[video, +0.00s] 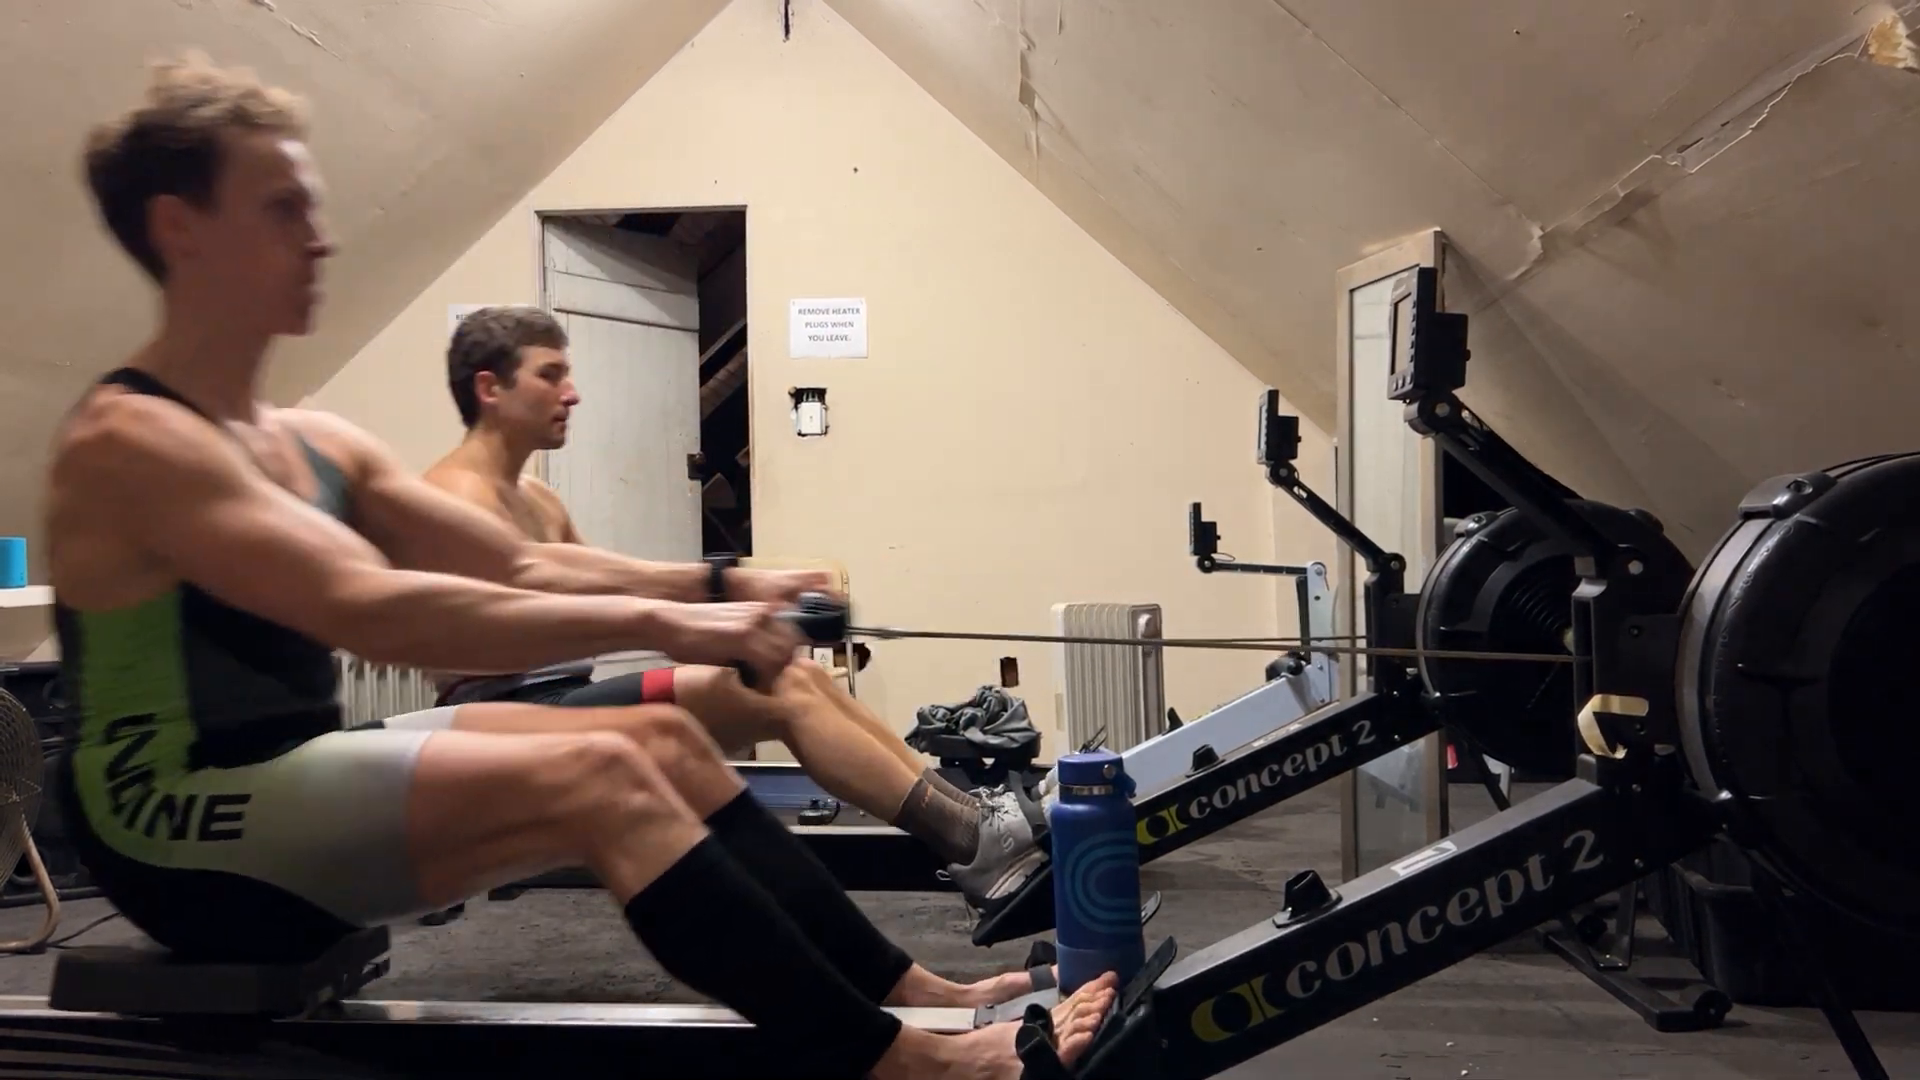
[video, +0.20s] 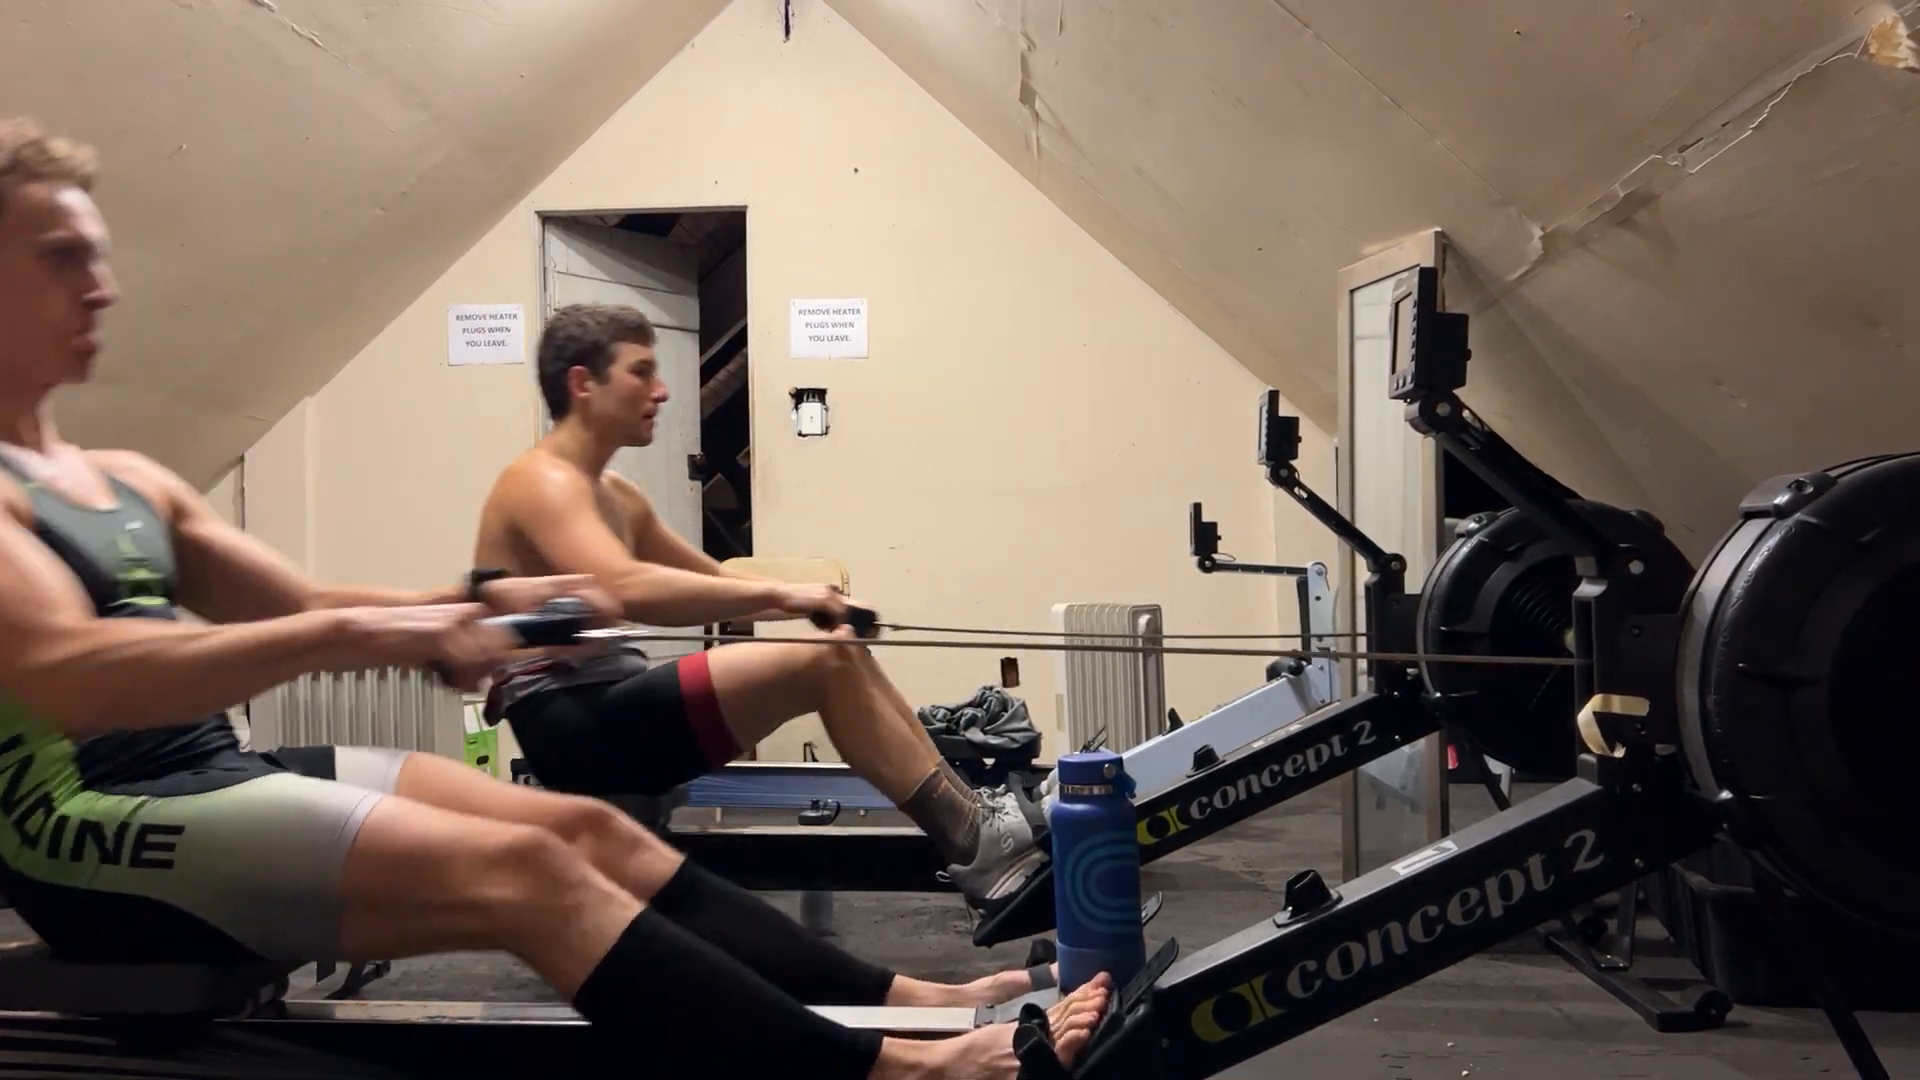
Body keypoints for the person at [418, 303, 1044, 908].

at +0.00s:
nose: (569, 393)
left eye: (566, 376)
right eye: (550, 377)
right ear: (488, 388)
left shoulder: (541, 504)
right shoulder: (456, 495)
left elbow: (619, 590)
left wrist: (746, 594)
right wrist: (719, 604)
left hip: (560, 690)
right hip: (505, 709)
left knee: (802, 671)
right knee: (781, 687)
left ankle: (978, 825)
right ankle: (972, 848)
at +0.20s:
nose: (659, 391)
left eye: (655, 374)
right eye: (641, 374)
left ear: (597, 387)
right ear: (581, 385)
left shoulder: (619, 498)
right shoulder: (539, 483)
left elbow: (712, 579)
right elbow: (622, 589)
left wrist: (810, 595)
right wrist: (785, 598)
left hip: (617, 706)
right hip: (572, 720)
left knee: (842, 650)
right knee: (827, 660)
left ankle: (975, 828)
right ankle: (968, 847)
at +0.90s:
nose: (993, 401)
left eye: (987, 382)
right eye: (976, 383)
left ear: (927, 398)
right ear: (923, 395)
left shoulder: (887, 476)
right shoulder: (896, 481)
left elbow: (1041, 562)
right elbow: (1042, 559)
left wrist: (1180, 606)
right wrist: (1190, 596)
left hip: (806, 722)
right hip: (806, 733)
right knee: (1003, 583)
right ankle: (976, 817)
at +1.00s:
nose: (1019, 402)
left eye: (1012, 383)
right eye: (1002, 384)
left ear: (952, 400)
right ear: (948, 397)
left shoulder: (916, 476)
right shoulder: (925, 482)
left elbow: (1076, 553)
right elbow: (1075, 558)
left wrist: (1211, 600)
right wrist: (1223, 592)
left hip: (834, 717)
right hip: (833, 730)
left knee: (1015, 588)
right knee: (1014, 584)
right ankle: (979, 819)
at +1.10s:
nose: (1024, 400)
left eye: (1016, 382)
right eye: (1007, 383)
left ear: (953, 402)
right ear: (952, 399)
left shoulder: (927, 476)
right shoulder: (930, 482)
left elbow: (1086, 557)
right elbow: (1084, 554)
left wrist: (1219, 595)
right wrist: (1233, 585)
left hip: (851, 726)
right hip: (849, 735)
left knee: (1012, 576)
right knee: (1026, 587)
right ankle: (980, 821)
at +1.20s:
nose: (999, 398)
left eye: (991, 381)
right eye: (982, 382)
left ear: (926, 398)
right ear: (928, 395)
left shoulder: (901, 475)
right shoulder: (911, 481)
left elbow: (1065, 553)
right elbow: (1064, 547)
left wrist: (1199, 585)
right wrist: (1213, 573)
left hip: (826, 726)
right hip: (832, 735)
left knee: (995, 579)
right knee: (1011, 589)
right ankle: (980, 822)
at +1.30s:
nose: (942, 391)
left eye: (933, 374)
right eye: (923, 376)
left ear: (873, 396)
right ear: (872, 394)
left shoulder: (846, 468)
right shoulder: (859, 474)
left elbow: (1004, 551)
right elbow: (1005, 548)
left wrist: (1139, 582)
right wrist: (1145, 570)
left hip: (785, 719)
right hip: (788, 728)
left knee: (974, 589)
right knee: (975, 590)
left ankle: (981, 806)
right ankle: (980, 822)